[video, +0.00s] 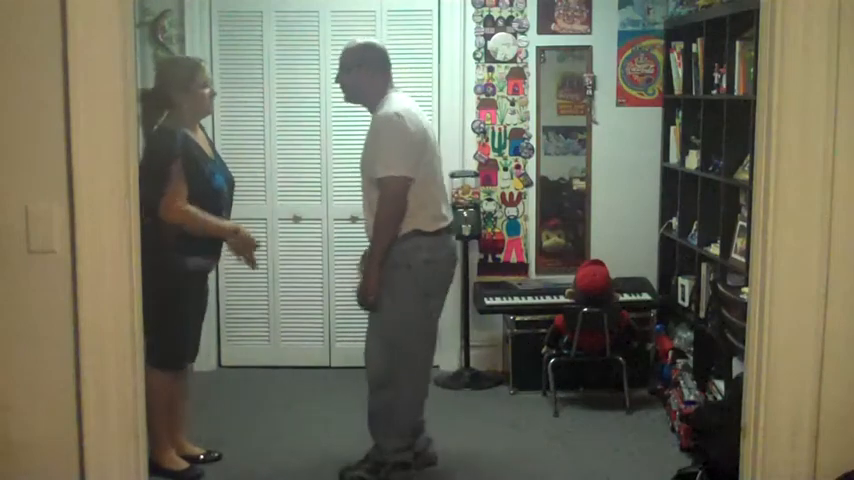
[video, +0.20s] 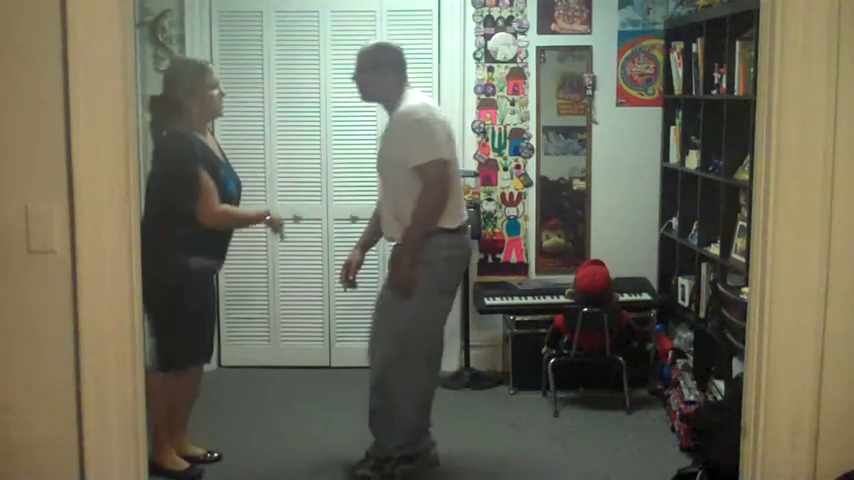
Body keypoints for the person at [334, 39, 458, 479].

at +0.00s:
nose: (339, 80)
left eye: (346, 71)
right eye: (340, 72)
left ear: (371, 73)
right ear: (376, 73)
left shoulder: (392, 118)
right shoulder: (400, 113)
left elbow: (394, 197)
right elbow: (398, 197)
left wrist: (373, 266)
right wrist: (375, 259)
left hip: (412, 251)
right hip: (423, 247)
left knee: (393, 352)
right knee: (406, 349)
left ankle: (392, 452)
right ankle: (410, 442)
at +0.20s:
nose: (356, 81)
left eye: (362, 73)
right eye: (356, 73)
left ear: (388, 73)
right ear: (387, 74)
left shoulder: (417, 115)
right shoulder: (402, 120)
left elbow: (438, 187)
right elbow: (394, 196)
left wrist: (407, 253)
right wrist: (362, 248)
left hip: (433, 247)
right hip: (422, 247)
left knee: (399, 345)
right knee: (404, 344)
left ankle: (401, 450)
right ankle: (403, 446)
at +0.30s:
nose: (372, 77)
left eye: (379, 69)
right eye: (373, 70)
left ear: (405, 68)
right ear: (400, 70)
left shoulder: (436, 109)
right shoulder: (408, 120)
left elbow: (462, 172)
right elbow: (395, 191)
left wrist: (416, 230)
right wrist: (362, 246)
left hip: (438, 243)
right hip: (421, 244)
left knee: (379, 327)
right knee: (415, 337)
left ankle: (425, 427)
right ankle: (411, 441)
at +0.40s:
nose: (391, 64)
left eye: (400, 57)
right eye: (393, 57)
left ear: (427, 62)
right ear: (417, 65)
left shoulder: (451, 109)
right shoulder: (418, 120)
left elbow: (476, 164)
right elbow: (406, 194)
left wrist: (417, 209)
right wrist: (373, 241)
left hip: (443, 244)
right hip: (417, 245)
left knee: (387, 329)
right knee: (414, 340)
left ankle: (460, 411)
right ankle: (413, 442)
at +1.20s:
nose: (455, 80)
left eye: (460, 74)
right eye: (457, 74)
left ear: (477, 76)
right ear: (501, 76)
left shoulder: (462, 127)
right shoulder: (540, 119)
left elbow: (447, 200)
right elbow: (576, 182)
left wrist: (439, 264)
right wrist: (571, 238)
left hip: (492, 258)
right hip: (549, 251)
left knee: (481, 352)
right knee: (568, 348)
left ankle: (502, 443)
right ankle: (588, 447)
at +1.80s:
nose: (442, 73)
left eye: (448, 64)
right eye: (432, 65)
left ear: (456, 67)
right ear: (416, 70)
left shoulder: (482, 114)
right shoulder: (395, 127)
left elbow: (511, 169)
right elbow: (378, 194)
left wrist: (500, 211)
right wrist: (411, 234)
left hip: (468, 247)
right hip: (415, 245)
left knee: (461, 348)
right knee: (419, 335)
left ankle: (434, 439)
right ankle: (387, 389)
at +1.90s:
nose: (465, 64)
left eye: (465, 56)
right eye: (455, 56)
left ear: (459, 64)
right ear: (426, 62)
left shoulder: (466, 113)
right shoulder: (398, 119)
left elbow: (481, 166)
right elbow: (378, 186)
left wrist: (479, 210)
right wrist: (447, 215)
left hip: (447, 245)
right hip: (406, 243)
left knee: (447, 344)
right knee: (433, 343)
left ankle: (402, 434)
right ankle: (386, 432)